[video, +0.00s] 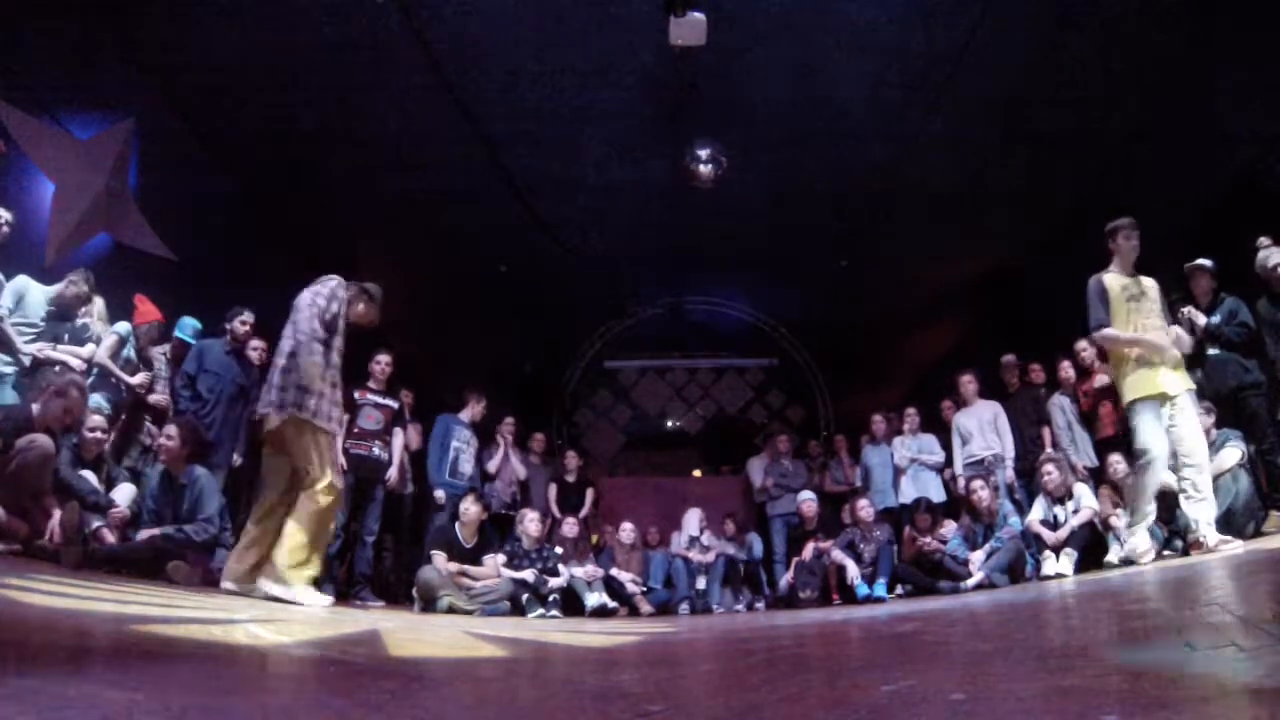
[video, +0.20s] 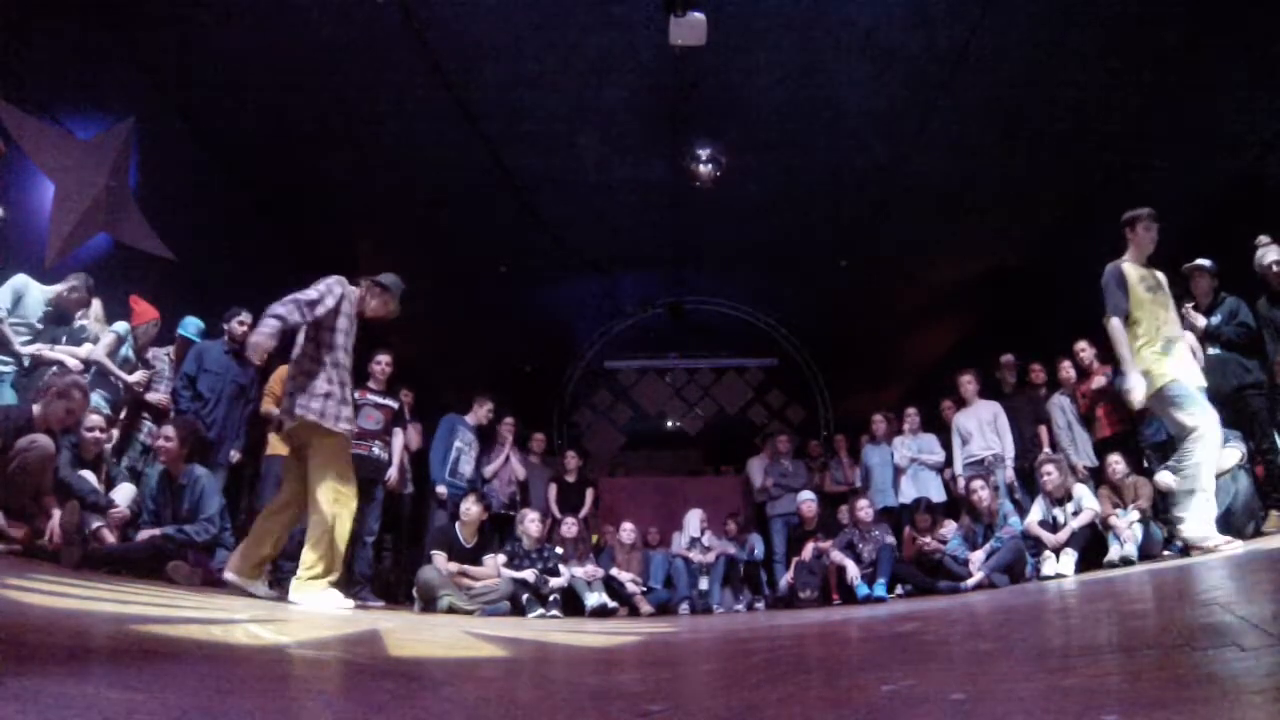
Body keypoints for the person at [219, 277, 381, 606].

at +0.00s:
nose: (357, 323)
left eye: (362, 322)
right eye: (363, 318)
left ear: (359, 305)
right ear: (360, 300)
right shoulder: (332, 288)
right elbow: (306, 330)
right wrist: (315, 386)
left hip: (283, 405)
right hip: (304, 405)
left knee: (276, 494)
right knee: (324, 487)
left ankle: (239, 574)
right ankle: (286, 575)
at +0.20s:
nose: (378, 315)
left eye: (384, 312)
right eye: (382, 308)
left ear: (376, 296)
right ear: (374, 290)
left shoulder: (348, 312)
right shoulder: (338, 287)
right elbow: (297, 303)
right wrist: (268, 329)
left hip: (309, 411)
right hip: (323, 409)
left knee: (294, 497)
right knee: (337, 497)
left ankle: (245, 568)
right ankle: (313, 585)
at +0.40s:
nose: (391, 314)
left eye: (396, 310)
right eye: (393, 306)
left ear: (386, 297)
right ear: (380, 290)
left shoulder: (358, 321)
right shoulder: (343, 304)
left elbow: (344, 375)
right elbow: (303, 332)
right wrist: (261, 360)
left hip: (342, 423)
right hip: (335, 419)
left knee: (338, 508)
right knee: (346, 505)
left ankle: (266, 549)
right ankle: (314, 584)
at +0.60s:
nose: (395, 315)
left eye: (399, 311)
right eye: (395, 306)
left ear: (390, 306)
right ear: (377, 292)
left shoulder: (374, 334)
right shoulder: (340, 312)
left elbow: (371, 388)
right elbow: (328, 376)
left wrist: (373, 435)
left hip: (360, 433)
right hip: (338, 429)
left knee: (351, 507)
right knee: (349, 506)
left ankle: (292, 561)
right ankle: (315, 584)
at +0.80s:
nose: (403, 298)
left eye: (408, 293)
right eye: (403, 289)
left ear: (404, 292)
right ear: (386, 278)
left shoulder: (389, 324)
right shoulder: (352, 304)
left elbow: (382, 378)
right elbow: (353, 366)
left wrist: (390, 423)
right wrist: (381, 417)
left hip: (361, 420)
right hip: (339, 415)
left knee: (346, 501)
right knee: (336, 498)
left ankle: (321, 582)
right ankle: (311, 582)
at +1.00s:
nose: (409, 297)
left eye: (415, 293)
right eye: (407, 287)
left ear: (415, 296)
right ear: (391, 281)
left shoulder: (397, 332)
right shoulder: (361, 306)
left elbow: (392, 384)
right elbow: (358, 366)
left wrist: (399, 424)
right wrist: (379, 421)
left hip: (358, 423)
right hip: (332, 414)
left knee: (341, 504)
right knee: (327, 499)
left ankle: (324, 582)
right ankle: (309, 582)